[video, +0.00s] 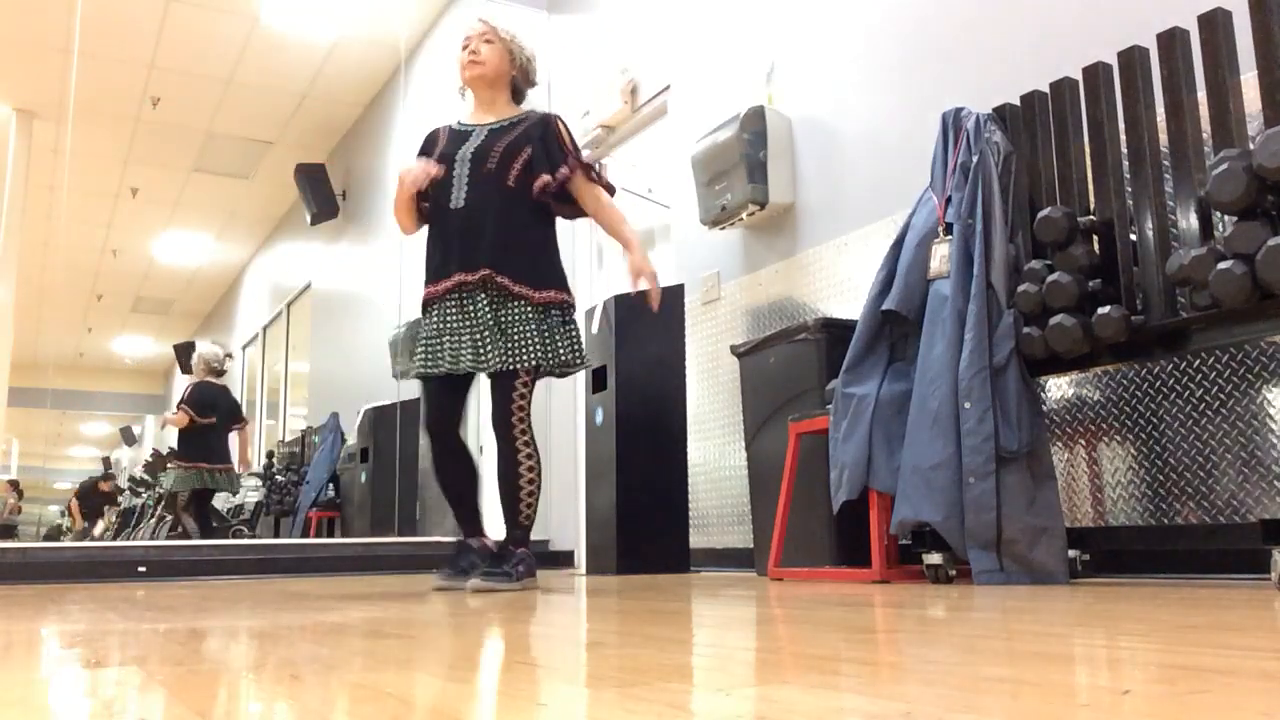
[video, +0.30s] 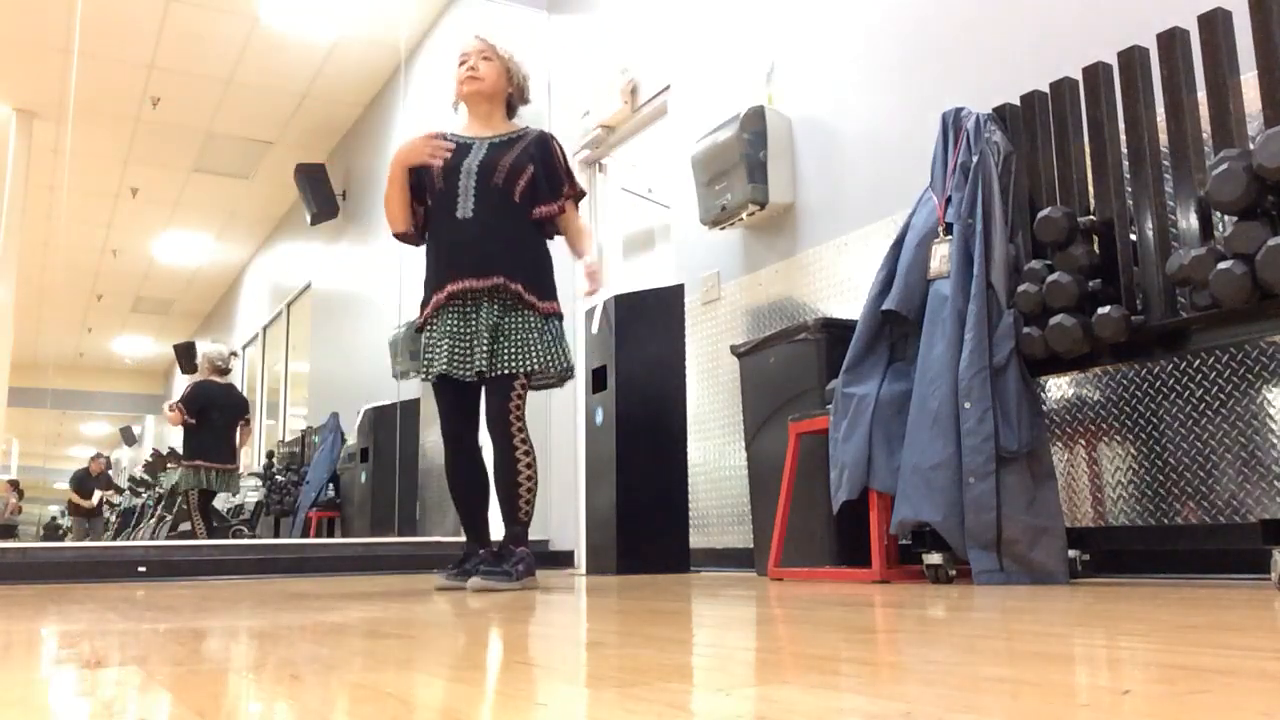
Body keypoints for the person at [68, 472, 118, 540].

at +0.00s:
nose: (110, 488)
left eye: (111, 486)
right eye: (108, 485)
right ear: (102, 482)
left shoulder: (111, 493)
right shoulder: (87, 486)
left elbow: (114, 509)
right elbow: (73, 503)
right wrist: (78, 520)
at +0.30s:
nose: (102, 467)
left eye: (104, 464)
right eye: (100, 464)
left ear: (105, 465)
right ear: (92, 463)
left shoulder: (105, 476)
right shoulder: (79, 474)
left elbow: (113, 491)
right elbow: (70, 494)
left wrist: (103, 493)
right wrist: (84, 503)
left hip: (96, 512)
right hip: (79, 512)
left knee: (97, 539)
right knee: (79, 539)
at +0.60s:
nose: (93, 460)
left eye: (95, 458)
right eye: (90, 457)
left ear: (97, 459)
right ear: (83, 458)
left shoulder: (99, 471)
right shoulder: (73, 471)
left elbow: (109, 488)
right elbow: (65, 488)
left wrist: (100, 478)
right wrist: (81, 488)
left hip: (95, 512)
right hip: (78, 512)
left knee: (97, 540)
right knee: (78, 540)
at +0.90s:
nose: (90, 459)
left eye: (92, 457)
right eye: (87, 456)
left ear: (95, 459)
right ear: (81, 458)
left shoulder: (97, 471)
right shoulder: (71, 471)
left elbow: (108, 486)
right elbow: (60, 487)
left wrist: (98, 471)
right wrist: (65, 503)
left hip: (94, 512)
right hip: (77, 512)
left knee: (97, 540)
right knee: (77, 541)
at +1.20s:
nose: (88, 460)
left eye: (90, 457)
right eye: (85, 457)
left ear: (93, 459)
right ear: (79, 458)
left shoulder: (96, 471)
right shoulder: (69, 471)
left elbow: (106, 484)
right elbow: (61, 489)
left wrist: (95, 472)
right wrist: (59, 505)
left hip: (93, 511)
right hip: (75, 512)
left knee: (96, 539)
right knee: (76, 540)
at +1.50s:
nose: (86, 460)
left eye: (88, 458)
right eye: (83, 457)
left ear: (91, 459)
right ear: (77, 458)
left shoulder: (95, 471)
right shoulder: (68, 472)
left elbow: (104, 484)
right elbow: (59, 489)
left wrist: (92, 473)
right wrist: (57, 506)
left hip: (92, 510)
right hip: (74, 511)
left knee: (95, 538)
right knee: (75, 539)